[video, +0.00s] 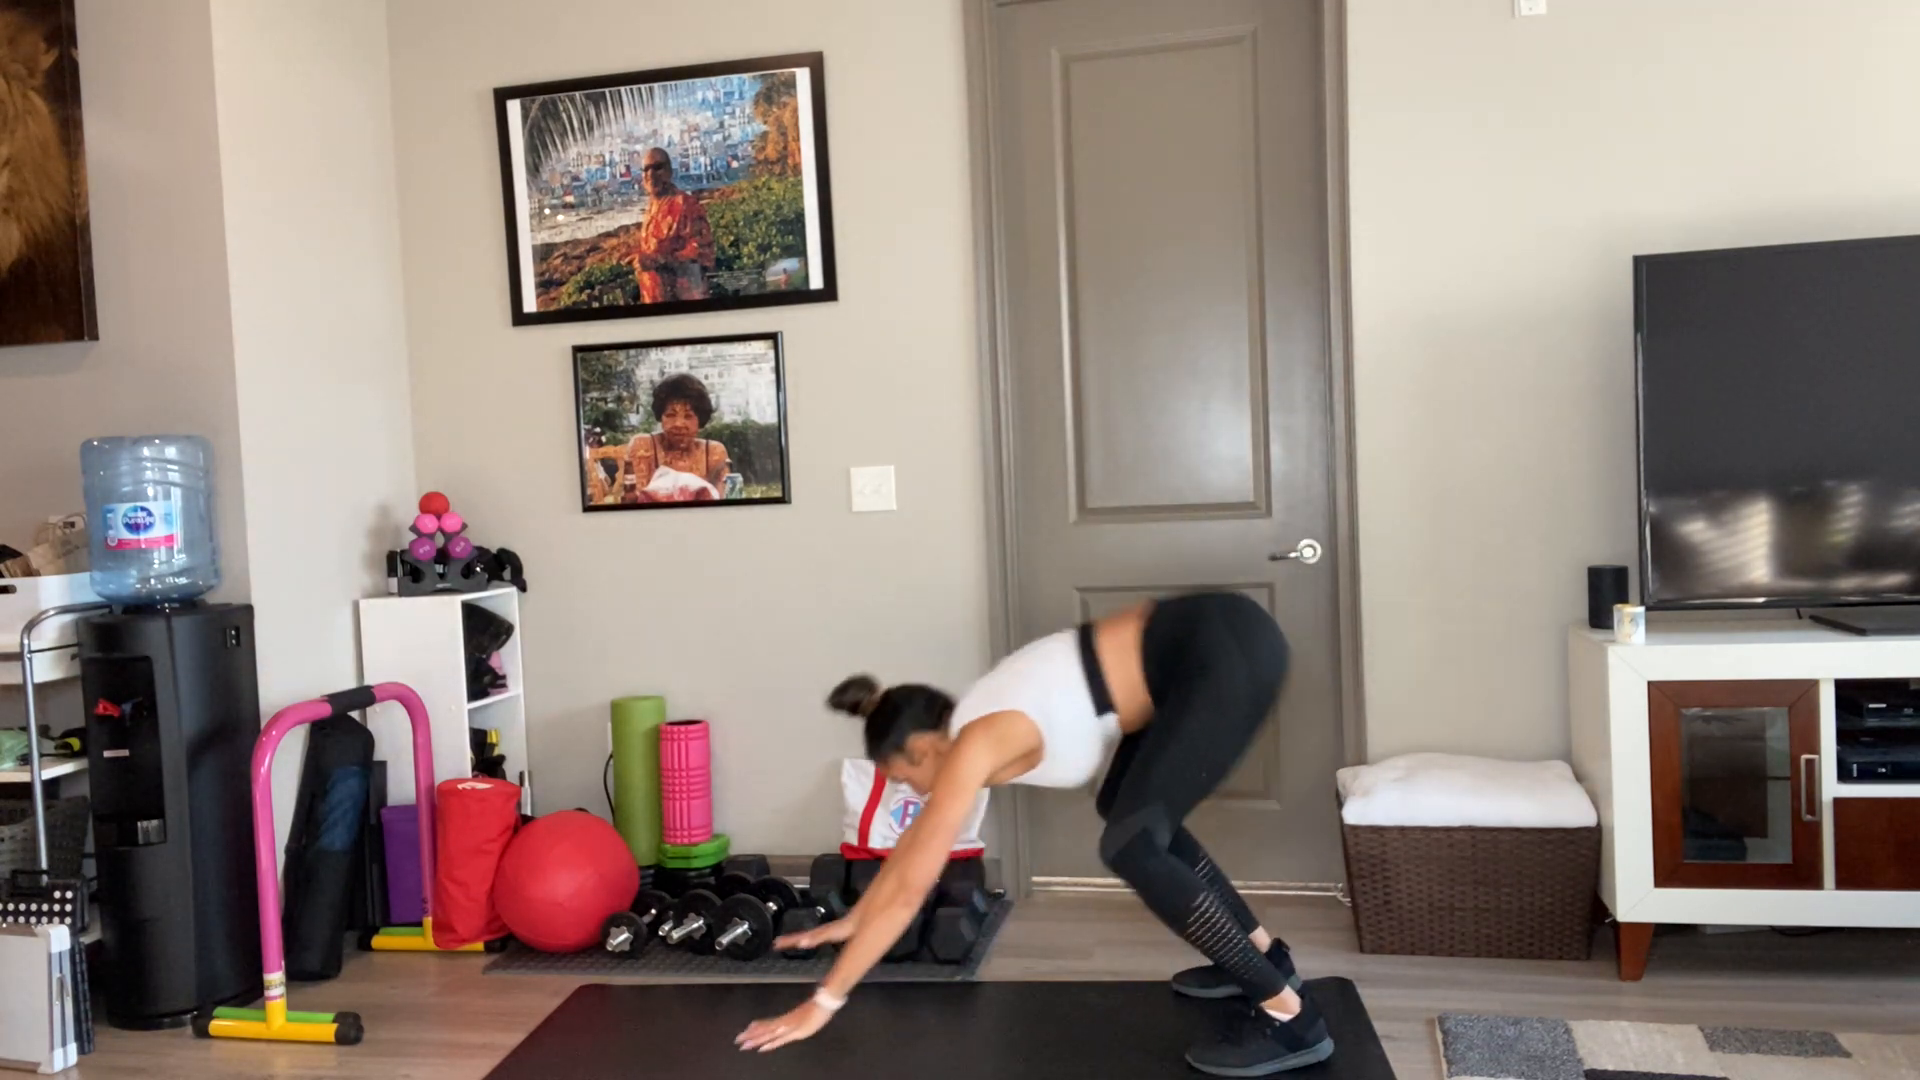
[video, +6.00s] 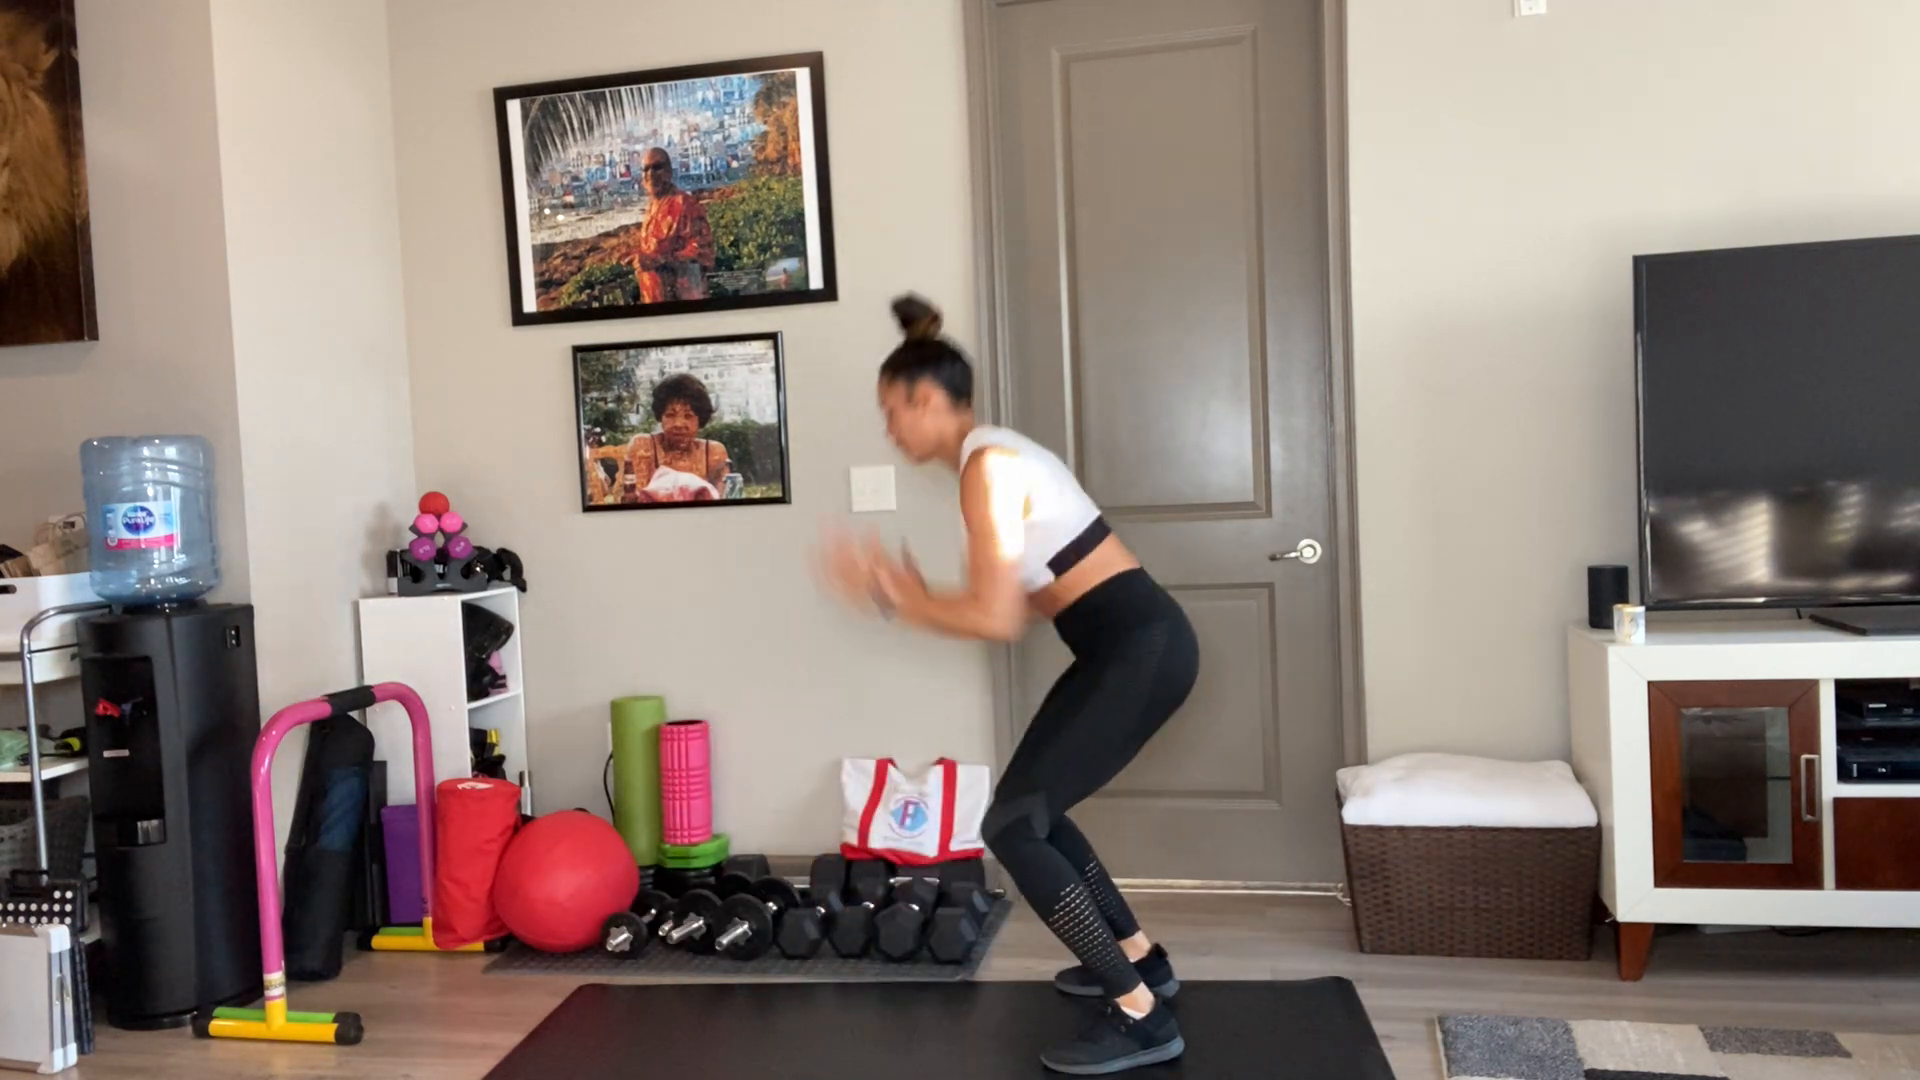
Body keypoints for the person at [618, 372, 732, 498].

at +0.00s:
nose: (679, 424)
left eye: (688, 416)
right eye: (670, 415)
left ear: (700, 420)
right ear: (660, 418)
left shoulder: (715, 451)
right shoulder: (641, 446)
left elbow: (719, 500)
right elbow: (638, 499)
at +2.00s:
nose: (679, 424)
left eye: (688, 416)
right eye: (671, 415)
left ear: (701, 420)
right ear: (660, 418)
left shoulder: (715, 451)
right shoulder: (641, 446)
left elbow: (720, 500)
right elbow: (637, 499)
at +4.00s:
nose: (679, 424)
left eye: (688, 416)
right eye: (670, 415)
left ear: (700, 420)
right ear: (660, 418)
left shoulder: (714, 451)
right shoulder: (641, 446)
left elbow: (722, 499)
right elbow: (630, 499)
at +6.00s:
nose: (679, 424)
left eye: (688, 416)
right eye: (670, 415)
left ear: (700, 420)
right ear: (660, 418)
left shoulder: (714, 451)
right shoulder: (641, 446)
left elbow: (722, 500)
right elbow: (631, 499)